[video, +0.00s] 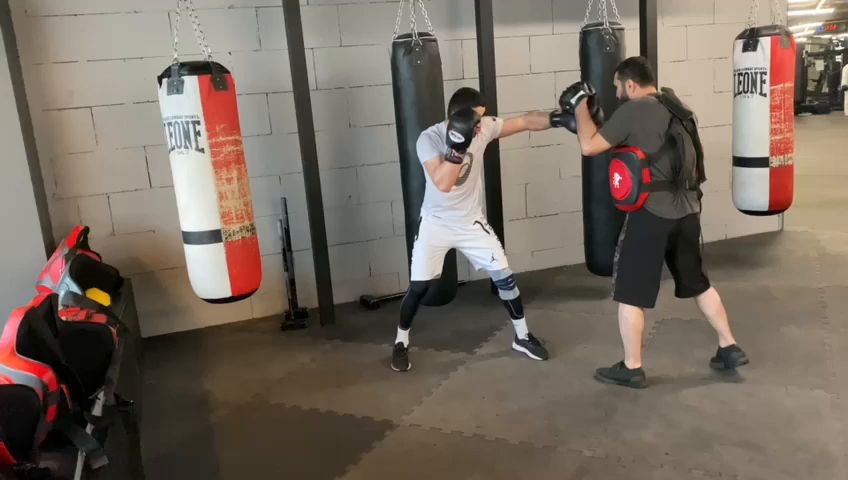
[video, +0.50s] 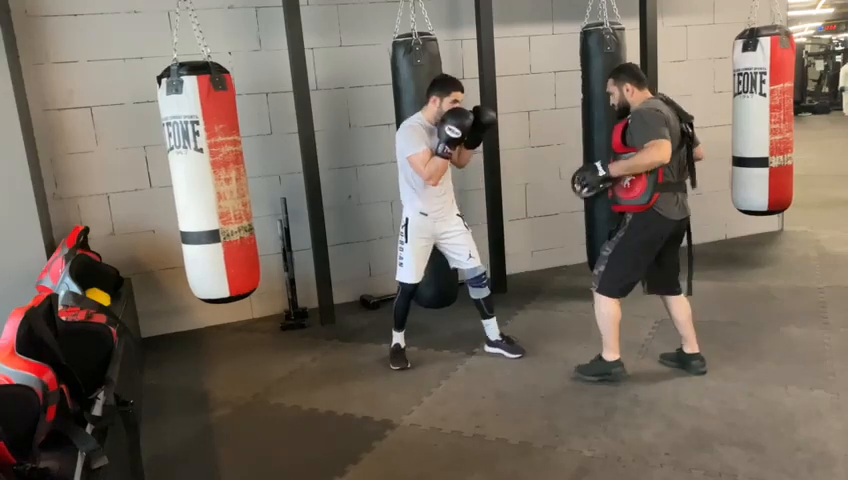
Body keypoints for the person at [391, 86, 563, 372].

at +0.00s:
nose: (484, 118)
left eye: (484, 114)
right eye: (480, 114)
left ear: (478, 117)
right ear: (462, 115)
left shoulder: (484, 129)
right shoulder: (429, 139)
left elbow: (524, 122)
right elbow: (443, 183)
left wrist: (559, 119)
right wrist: (458, 146)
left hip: (472, 222)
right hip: (435, 224)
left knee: (503, 275)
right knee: (419, 285)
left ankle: (523, 336)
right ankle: (400, 342)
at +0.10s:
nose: (482, 120)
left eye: (482, 117)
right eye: (479, 116)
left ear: (473, 117)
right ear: (460, 116)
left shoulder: (480, 131)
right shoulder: (428, 142)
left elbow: (514, 139)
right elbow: (447, 187)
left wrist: (546, 138)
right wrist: (461, 152)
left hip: (472, 221)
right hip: (436, 225)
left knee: (503, 274)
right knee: (420, 285)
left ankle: (523, 336)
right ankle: (398, 342)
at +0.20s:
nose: (472, 122)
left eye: (475, 117)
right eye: (468, 116)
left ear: (472, 117)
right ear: (448, 114)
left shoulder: (469, 133)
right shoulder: (422, 142)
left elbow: (487, 161)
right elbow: (441, 189)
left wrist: (510, 152)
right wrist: (456, 155)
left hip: (468, 223)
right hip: (433, 226)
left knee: (500, 275)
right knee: (419, 290)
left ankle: (522, 336)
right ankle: (398, 342)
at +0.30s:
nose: (462, 123)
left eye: (464, 118)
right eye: (457, 117)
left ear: (450, 118)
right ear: (439, 116)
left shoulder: (452, 139)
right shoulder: (413, 147)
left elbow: (467, 171)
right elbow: (438, 191)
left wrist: (482, 153)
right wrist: (452, 156)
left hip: (458, 225)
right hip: (424, 230)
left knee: (493, 276)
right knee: (416, 292)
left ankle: (521, 336)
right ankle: (397, 344)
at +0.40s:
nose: (456, 116)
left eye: (459, 112)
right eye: (452, 111)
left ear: (447, 112)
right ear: (434, 110)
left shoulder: (445, 135)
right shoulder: (408, 142)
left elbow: (459, 167)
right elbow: (431, 187)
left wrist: (475, 143)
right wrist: (448, 148)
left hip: (451, 224)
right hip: (419, 227)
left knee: (485, 276)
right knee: (411, 290)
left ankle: (511, 336)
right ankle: (397, 344)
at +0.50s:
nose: (457, 109)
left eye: (460, 104)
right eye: (454, 102)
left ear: (445, 102)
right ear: (434, 100)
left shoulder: (445, 127)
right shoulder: (409, 130)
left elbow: (461, 161)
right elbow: (430, 176)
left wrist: (475, 134)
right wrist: (448, 141)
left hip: (449, 217)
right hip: (418, 220)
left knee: (476, 275)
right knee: (408, 285)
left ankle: (494, 338)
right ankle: (397, 344)